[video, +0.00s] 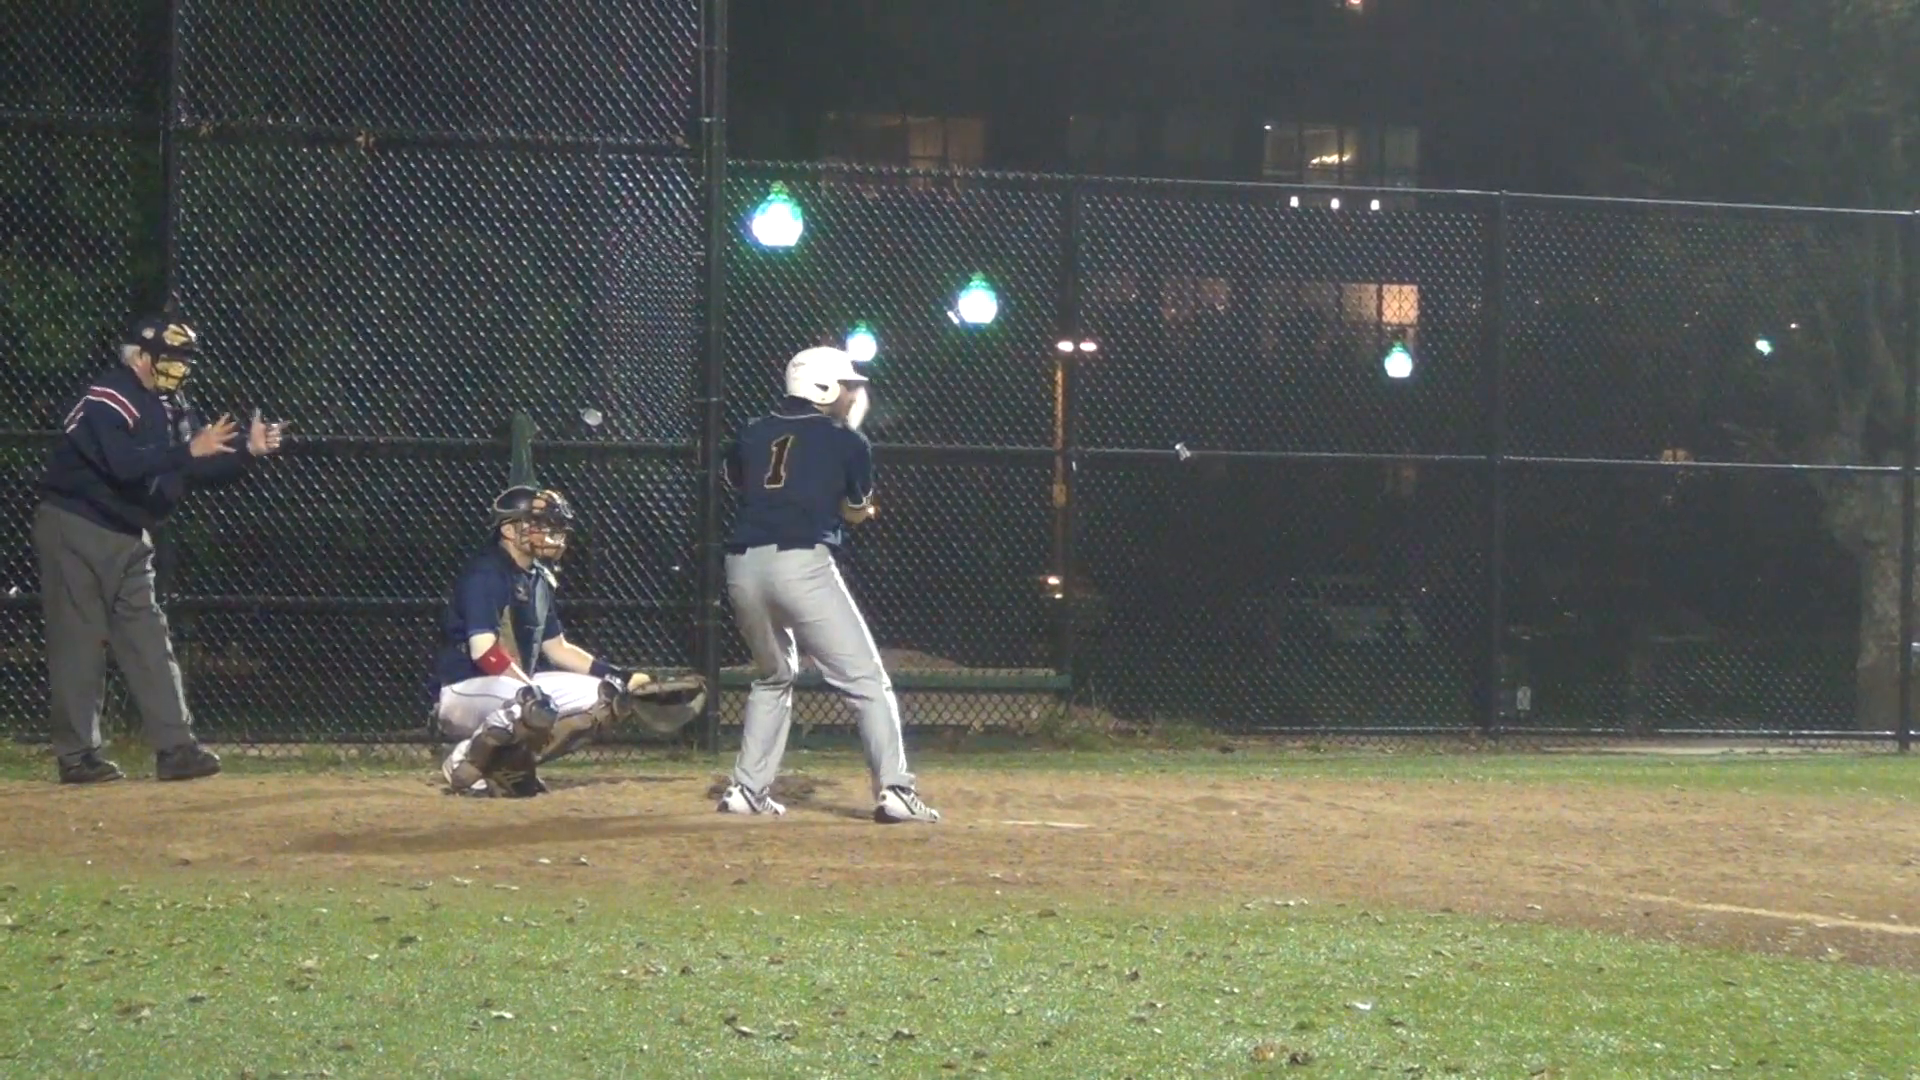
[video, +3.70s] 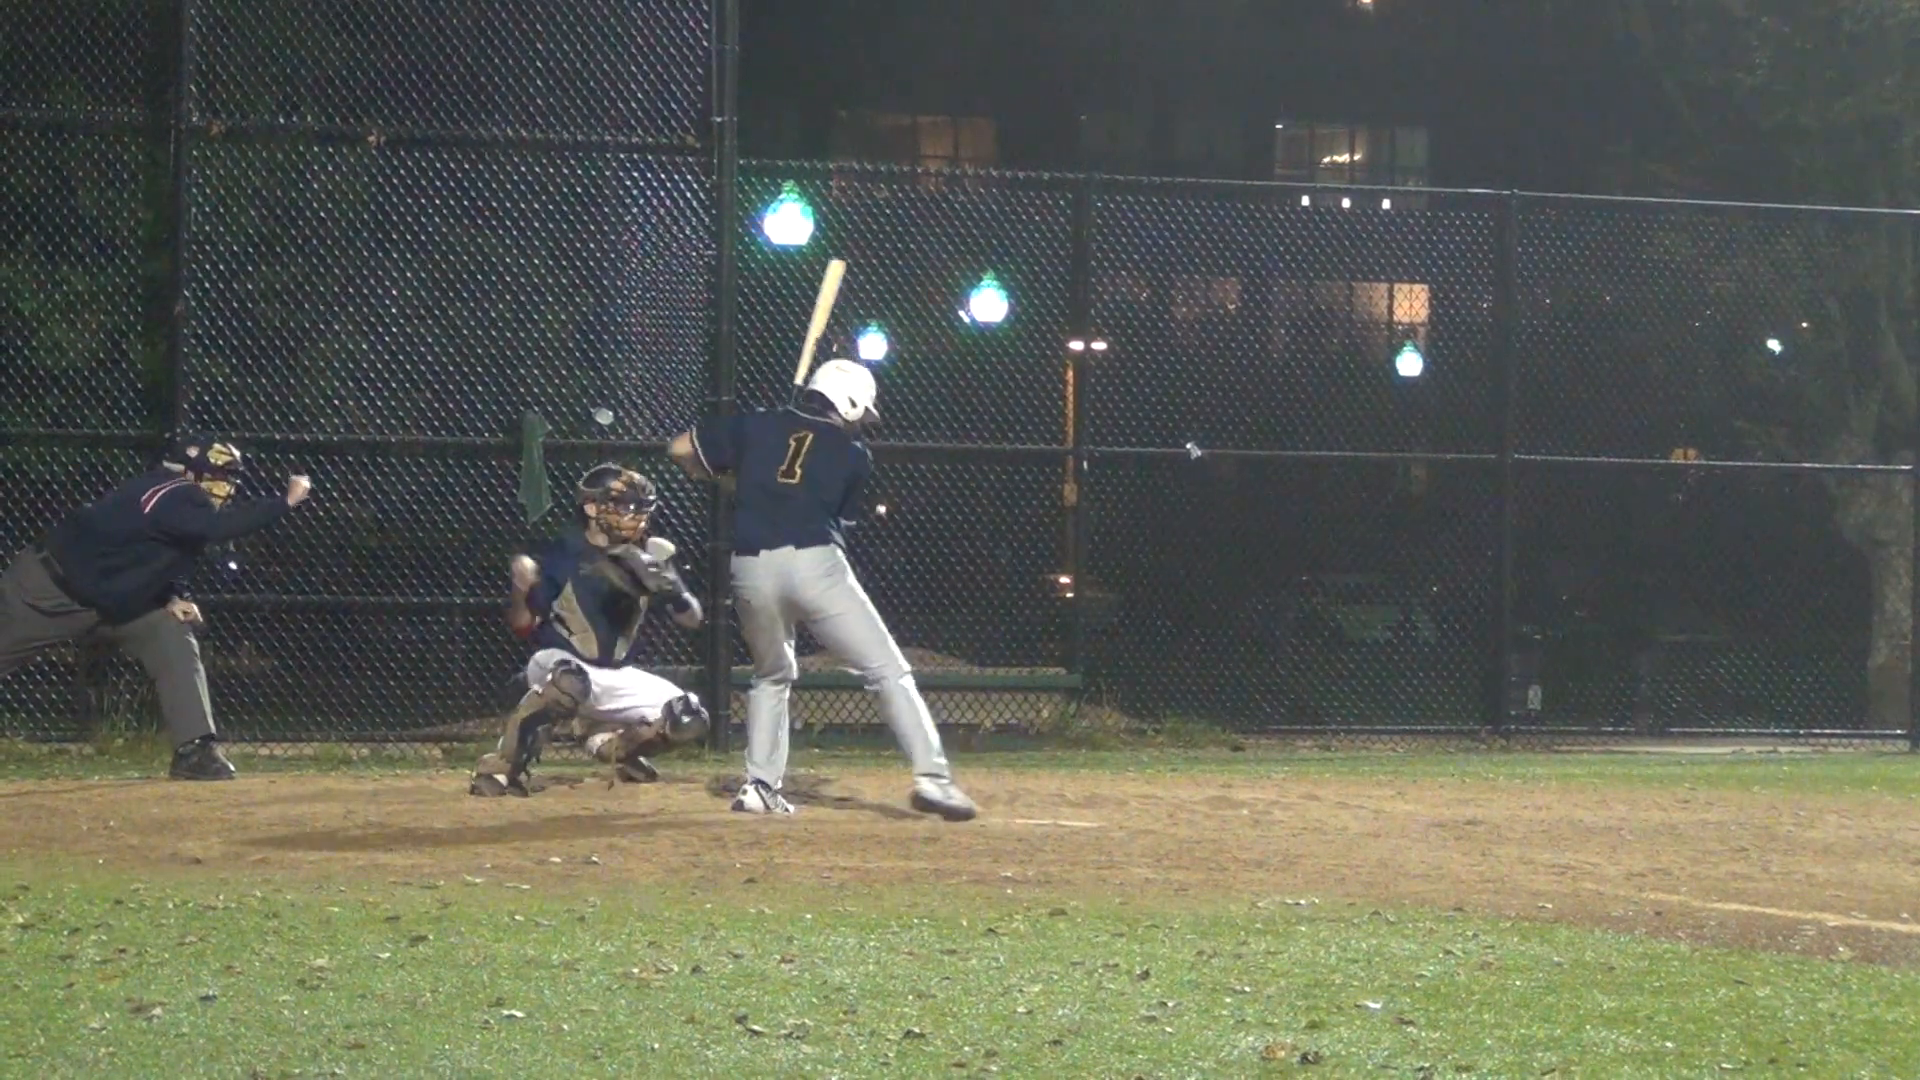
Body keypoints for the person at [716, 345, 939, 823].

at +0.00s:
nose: (854, 397)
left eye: (853, 388)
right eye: (849, 389)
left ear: (796, 388)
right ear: (828, 390)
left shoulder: (752, 431)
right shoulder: (847, 440)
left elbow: (736, 484)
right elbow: (857, 509)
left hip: (741, 566)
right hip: (803, 563)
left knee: (771, 677)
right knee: (867, 682)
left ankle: (747, 790)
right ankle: (895, 791)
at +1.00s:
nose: (889, 409)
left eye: (888, 400)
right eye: (882, 400)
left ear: (834, 401)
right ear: (857, 403)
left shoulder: (788, 441)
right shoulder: (872, 452)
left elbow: (815, 493)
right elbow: (916, 515)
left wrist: (872, 460)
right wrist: (896, 467)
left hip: (761, 584)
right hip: (820, 585)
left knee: (792, 683)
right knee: (898, 691)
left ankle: (751, 790)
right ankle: (906, 794)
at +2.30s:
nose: (883, 418)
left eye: (883, 409)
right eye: (877, 409)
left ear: (830, 409)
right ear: (850, 409)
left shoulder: (774, 443)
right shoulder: (868, 462)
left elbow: (751, 481)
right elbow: (883, 535)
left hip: (756, 581)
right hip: (819, 581)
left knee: (786, 680)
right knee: (889, 690)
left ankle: (754, 787)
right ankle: (908, 789)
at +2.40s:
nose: (875, 415)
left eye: (875, 406)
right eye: (868, 406)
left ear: (819, 404)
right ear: (842, 406)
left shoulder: (770, 433)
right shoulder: (863, 462)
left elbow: (723, 451)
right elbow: (859, 531)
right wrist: (874, 511)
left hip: (753, 578)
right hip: (817, 576)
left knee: (777, 678)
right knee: (890, 677)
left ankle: (752, 786)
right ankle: (911, 770)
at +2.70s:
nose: (877, 416)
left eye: (877, 407)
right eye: (871, 407)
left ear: (821, 406)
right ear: (849, 407)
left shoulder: (775, 441)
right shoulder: (873, 453)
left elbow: (700, 458)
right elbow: (872, 508)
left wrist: (750, 446)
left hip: (777, 579)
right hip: (841, 574)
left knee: (785, 681)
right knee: (920, 670)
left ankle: (754, 787)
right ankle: (952, 759)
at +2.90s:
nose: (905, 444)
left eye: (905, 435)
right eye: (901, 434)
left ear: (849, 429)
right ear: (886, 429)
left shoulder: (802, 468)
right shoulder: (903, 473)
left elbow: (732, 512)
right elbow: (910, 534)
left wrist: (784, 480)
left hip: (807, 599)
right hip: (873, 595)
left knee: (803, 688)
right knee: (954, 699)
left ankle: (759, 787)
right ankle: (977, 794)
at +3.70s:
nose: (861, 423)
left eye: (863, 415)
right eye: (860, 413)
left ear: (810, 390)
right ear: (848, 405)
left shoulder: (754, 423)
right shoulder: (852, 450)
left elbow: (680, 448)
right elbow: (848, 511)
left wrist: (729, 476)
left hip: (752, 567)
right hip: (816, 563)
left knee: (771, 676)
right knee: (889, 671)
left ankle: (760, 785)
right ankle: (933, 776)